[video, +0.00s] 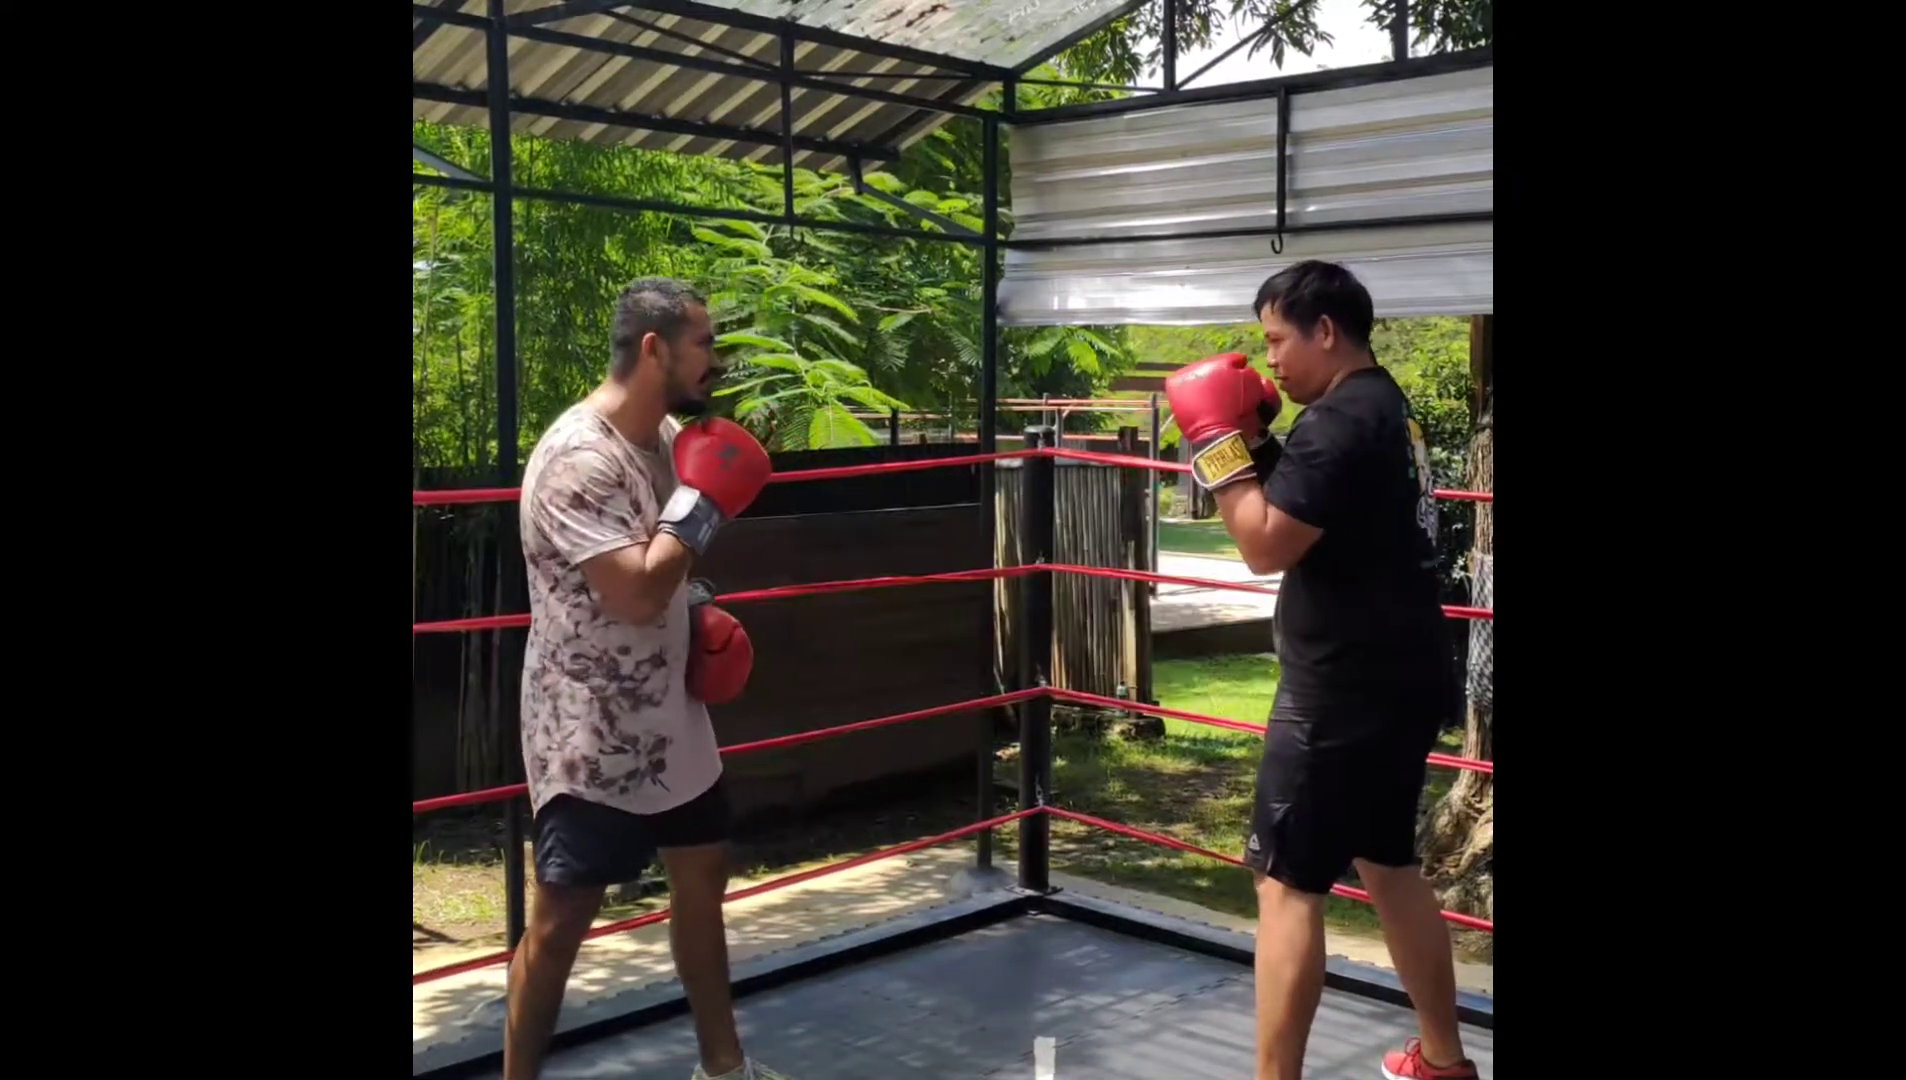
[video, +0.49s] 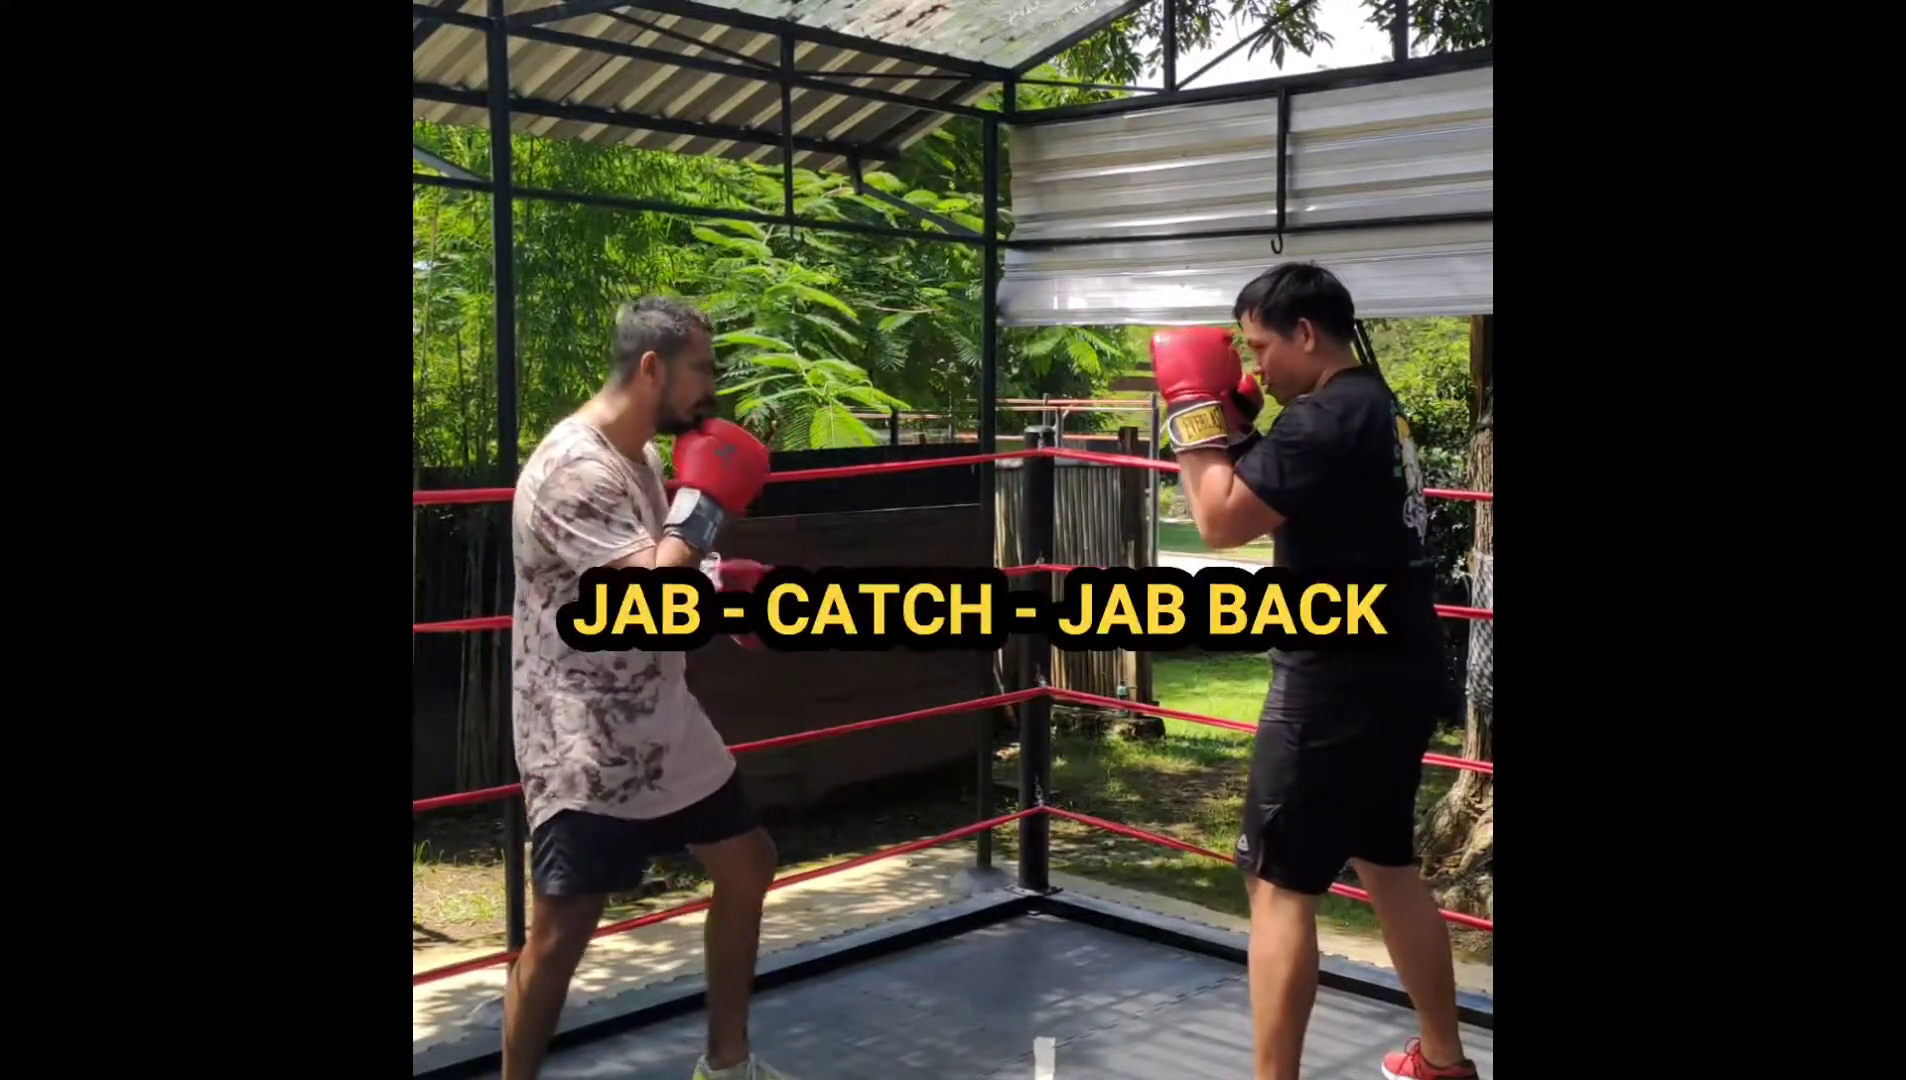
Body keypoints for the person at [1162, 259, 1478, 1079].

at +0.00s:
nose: (1268, 360)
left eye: (1276, 341)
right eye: (1265, 343)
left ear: (1327, 334)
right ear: (1337, 338)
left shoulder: (1342, 420)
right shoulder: (1373, 403)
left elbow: (1265, 546)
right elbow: (1298, 515)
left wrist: (1219, 450)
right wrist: (1251, 443)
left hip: (1337, 687)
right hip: (1397, 680)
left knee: (1286, 880)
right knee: (1390, 862)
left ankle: (1275, 1072)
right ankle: (1444, 1055)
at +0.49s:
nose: (1254, 369)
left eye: (1256, 349)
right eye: (1248, 354)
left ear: (1305, 334)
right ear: (1320, 334)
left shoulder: (1328, 418)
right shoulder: (1367, 403)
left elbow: (1221, 520)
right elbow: (1272, 500)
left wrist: (1191, 419)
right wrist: (1238, 427)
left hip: (1328, 676)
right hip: (1393, 672)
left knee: (1278, 882)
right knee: (1390, 864)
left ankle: (1274, 1073)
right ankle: (1445, 1056)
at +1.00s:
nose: (1245, 379)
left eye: (1247, 361)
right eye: (1241, 365)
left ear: (1291, 347)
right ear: (1319, 345)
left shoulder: (1302, 416)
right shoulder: (1379, 403)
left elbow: (1175, 468)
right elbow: (1327, 479)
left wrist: (1122, 393)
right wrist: (1243, 437)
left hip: (1347, 674)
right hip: (1434, 670)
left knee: (1285, 886)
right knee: (1410, 861)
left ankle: (1276, 1073)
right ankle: (1465, 1052)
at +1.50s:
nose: (1229, 390)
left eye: (1233, 372)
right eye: (1226, 374)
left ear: (1276, 361)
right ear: (1293, 358)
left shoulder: (1313, 436)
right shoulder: (1352, 420)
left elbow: (1271, 558)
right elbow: (1303, 534)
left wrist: (1199, 487)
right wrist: (1237, 466)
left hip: (1325, 688)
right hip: (1391, 689)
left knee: (1217, 871)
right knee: (1392, 870)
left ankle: (1213, 1071)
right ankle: (1461, 1057)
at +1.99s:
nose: (1169, 360)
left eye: (1170, 344)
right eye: (1165, 347)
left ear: (1205, 332)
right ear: (1259, 328)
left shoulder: (1197, 398)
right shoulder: (1336, 401)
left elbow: (1052, 458)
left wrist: (956, 424)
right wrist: (1139, 428)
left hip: (1230, 686)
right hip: (1339, 680)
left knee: (1180, 879)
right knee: (1361, 854)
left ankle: (1180, 1069)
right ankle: (1428, 1028)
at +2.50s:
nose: (1238, 377)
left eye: (1241, 358)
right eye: (1232, 363)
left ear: (1292, 342)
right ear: (1301, 344)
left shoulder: (1326, 420)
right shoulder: (1351, 405)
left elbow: (1260, 547)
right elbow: (1268, 528)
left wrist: (1204, 452)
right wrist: (1219, 449)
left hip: (1331, 686)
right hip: (1388, 683)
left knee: (1275, 888)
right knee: (1391, 871)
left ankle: (1247, 1072)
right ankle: (1433, 1058)